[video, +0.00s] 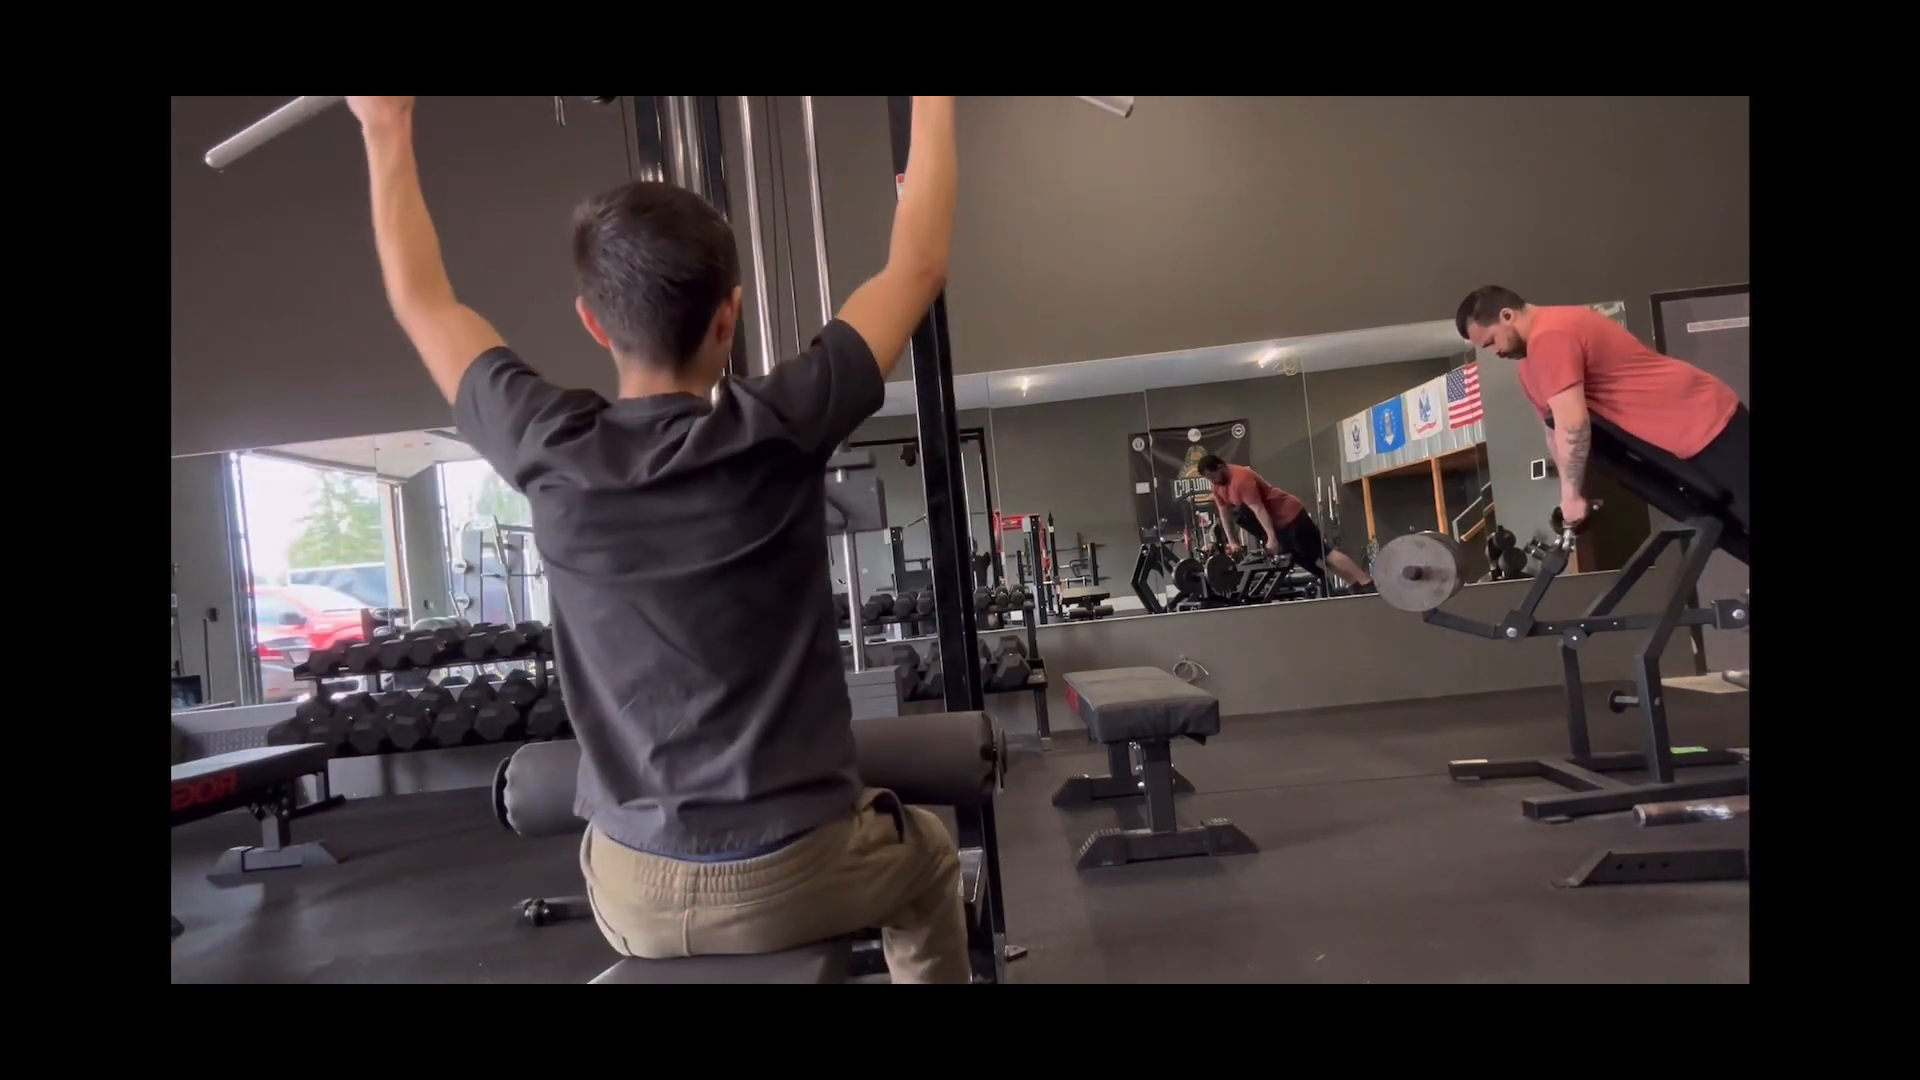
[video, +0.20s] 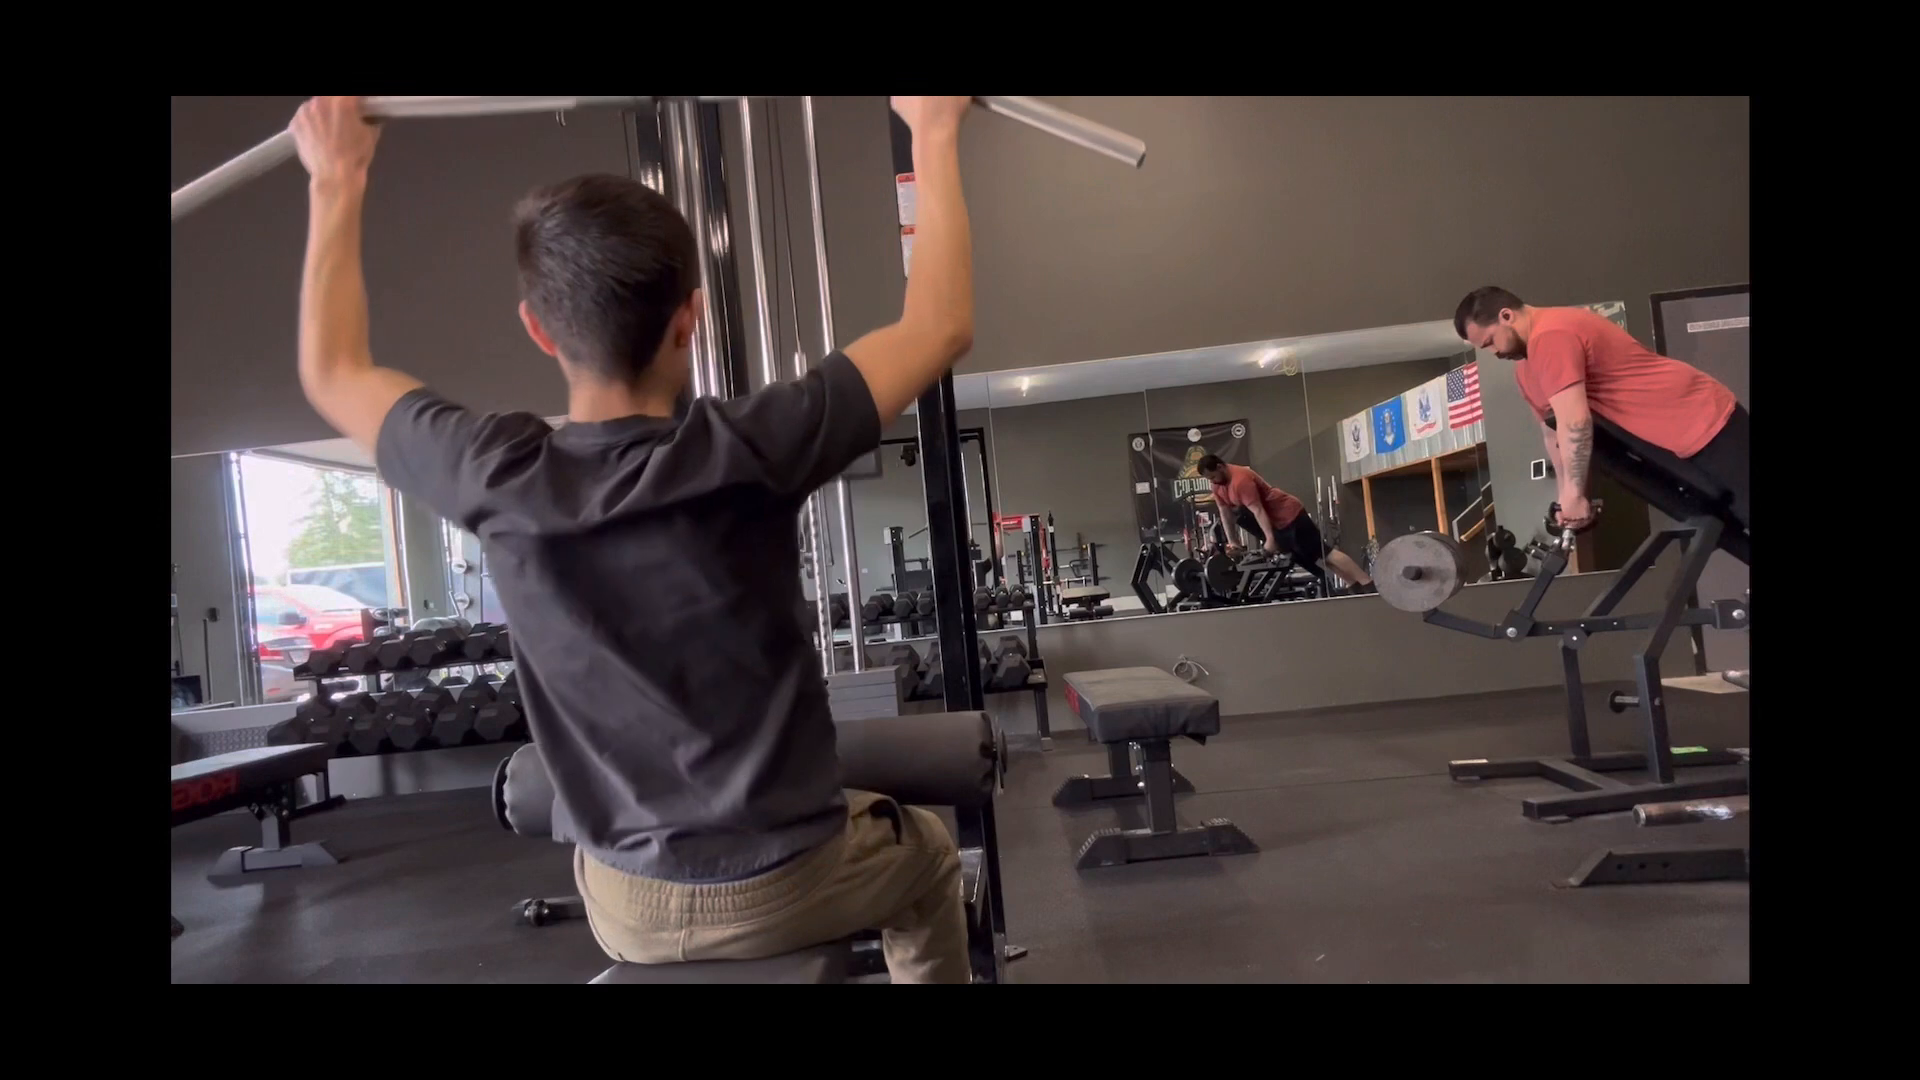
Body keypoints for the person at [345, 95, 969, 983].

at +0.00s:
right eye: (738, 294)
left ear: (592, 323)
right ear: (729, 316)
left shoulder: (552, 446)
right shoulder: (780, 423)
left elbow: (422, 300)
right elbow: (916, 269)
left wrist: (385, 133)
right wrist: (935, 101)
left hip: (630, 889)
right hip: (794, 881)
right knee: (923, 854)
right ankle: (936, 979)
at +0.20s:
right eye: (700, 300)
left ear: (535, 330)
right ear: (692, 319)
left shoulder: (495, 471)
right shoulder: (753, 445)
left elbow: (330, 367)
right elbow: (938, 329)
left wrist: (333, 179)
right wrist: (936, 136)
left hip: (618, 906)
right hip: (783, 897)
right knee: (924, 856)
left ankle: (637, 974)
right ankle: (934, 980)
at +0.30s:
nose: (680, 330)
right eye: (681, 310)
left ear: (510, 343)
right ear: (668, 331)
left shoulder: (470, 503)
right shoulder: (739, 472)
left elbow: (290, 427)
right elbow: (954, 382)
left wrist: (307, 233)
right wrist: (937, 180)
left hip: (616, 915)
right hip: (780, 900)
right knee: (924, 858)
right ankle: (931, 980)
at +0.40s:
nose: (671, 347)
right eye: (670, 328)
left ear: (493, 357)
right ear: (652, 345)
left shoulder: (446, 528)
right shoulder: (724, 497)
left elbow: (263, 513)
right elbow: (967, 455)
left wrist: (296, 312)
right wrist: (943, 255)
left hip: (610, 927)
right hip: (777, 912)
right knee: (922, 857)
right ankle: (931, 980)